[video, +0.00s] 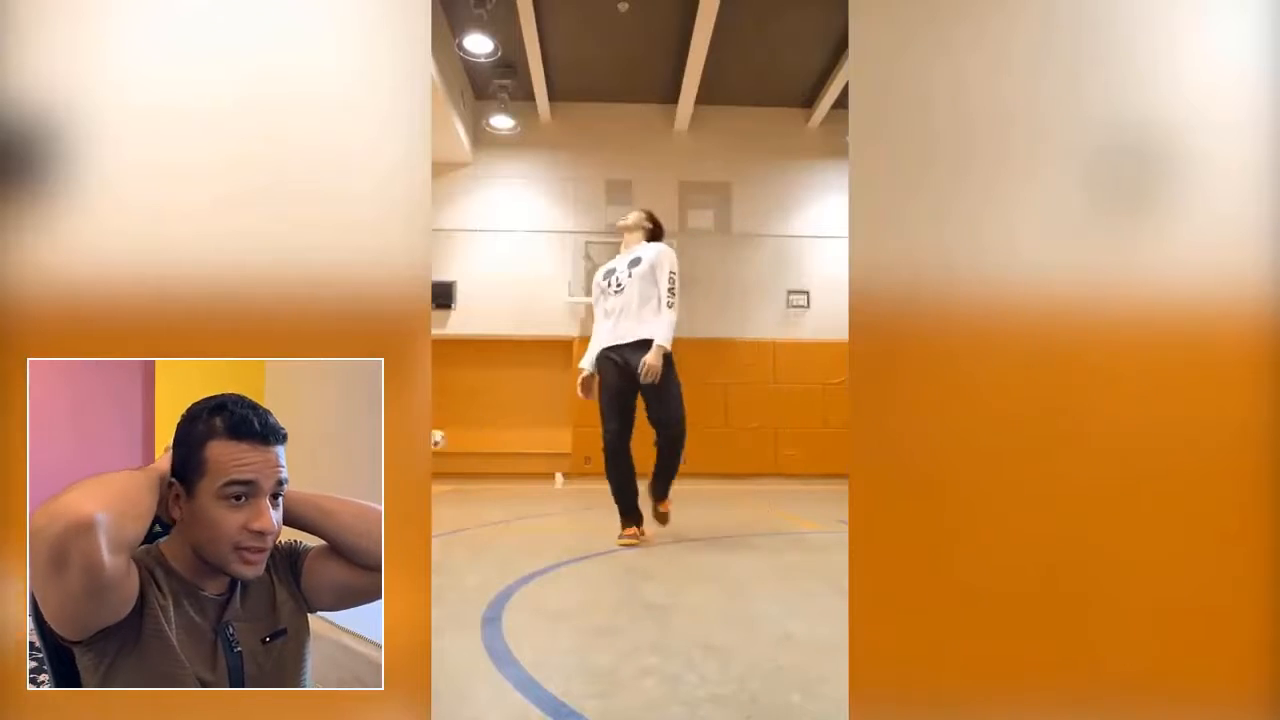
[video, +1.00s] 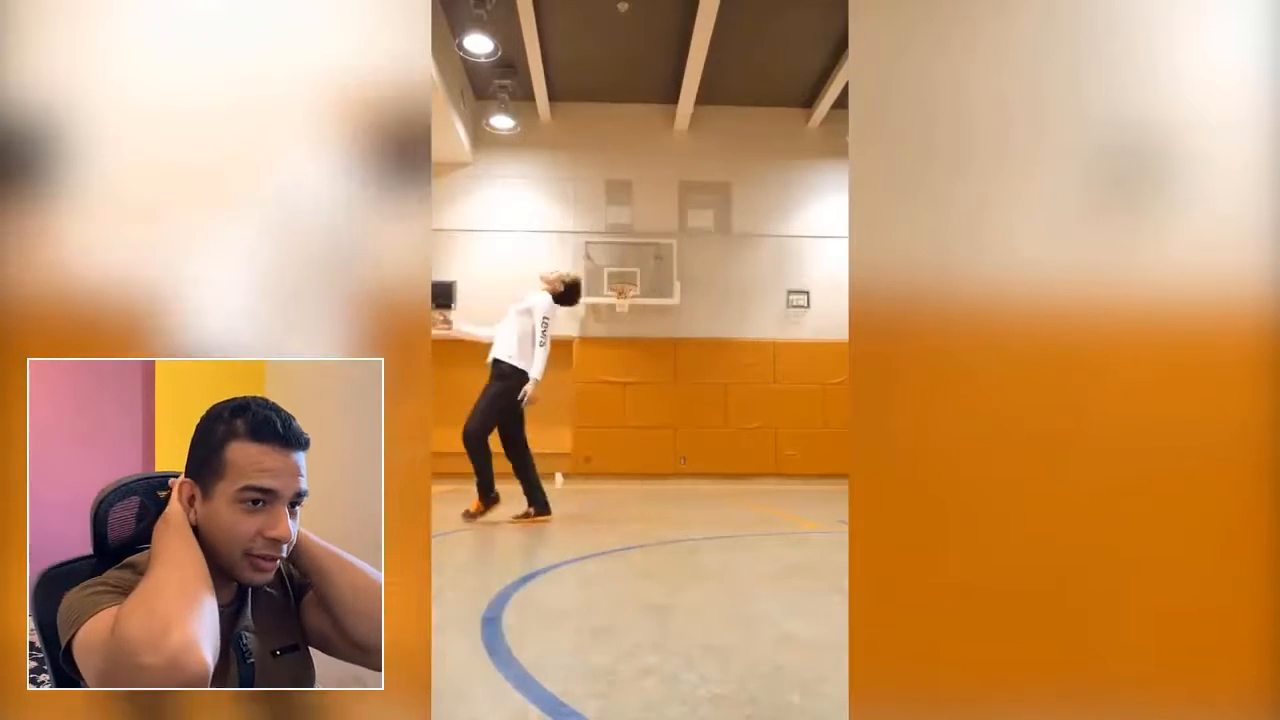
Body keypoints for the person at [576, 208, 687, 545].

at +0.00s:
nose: (625, 215)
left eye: (634, 213)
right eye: (626, 213)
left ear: (647, 226)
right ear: (624, 229)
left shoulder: (659, 251)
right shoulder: (602, 273)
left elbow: (670, 304)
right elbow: (601, 324)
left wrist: (659, 348)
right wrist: (588, 363)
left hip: (649, 348)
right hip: (610, 355)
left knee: (673, 430)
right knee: (614, 439)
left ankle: (659, 492)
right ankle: (630, 522)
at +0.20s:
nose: (603, 235)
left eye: (611, 230)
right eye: (606, 231)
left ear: (626, 238)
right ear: (618, 239)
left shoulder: (642, 273)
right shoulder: (597, 287)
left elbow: (646, 324)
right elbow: (595, 336)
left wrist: (628, 366)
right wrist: (583, 375)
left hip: (630, 369)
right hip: (597, 369)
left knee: (629, 443)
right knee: (601, 442)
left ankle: (629, 512)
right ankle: (618, 516)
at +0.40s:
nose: (599, 234)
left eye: (608, 231)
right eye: (603, 230)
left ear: (619, 246)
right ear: (603, 244)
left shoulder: (626, 276)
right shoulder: (580, 281)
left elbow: (632, 329)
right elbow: (579, 329)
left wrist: (623, 372)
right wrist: (572, 366)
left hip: (612, 370)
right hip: (581, 370)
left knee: (619, 444)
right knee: (563, 436)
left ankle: (626, 513)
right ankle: (588, 508)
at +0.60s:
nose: (592, 244)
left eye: (600, 244)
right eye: (593, 242)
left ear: (610, 261)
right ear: (589, 255)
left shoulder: (611, 285)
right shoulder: (569, 287)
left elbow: (617, 334)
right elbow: (566, 335)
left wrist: (608, 376)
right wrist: (552, 372)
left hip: (592, 370)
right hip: (562, 370)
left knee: (611, 445)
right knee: (539, 442)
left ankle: (626, 512)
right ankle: (547, 507)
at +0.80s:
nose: (585, 270)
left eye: (591, 273)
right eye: (590, 270)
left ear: (591, 286)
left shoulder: (581, 299)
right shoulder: (554, 301)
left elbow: (578, 339)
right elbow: (536, 348)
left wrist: (570, 376)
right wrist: (504, 369)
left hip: (547, 373)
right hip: (524, 374)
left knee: (575, 440)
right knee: (523, 446)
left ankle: (612, 497)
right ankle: (540, 507)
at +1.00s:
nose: (554, 273)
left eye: (559, 276)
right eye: (560, 272)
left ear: (558, 289)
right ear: (557, 285)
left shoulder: (543, 301)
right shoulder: (530, 301)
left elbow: (542, 344)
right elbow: (496, 334)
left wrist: (534, 380)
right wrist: (456, 329)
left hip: (511, 374)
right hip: (503, 372)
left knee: (473, 434)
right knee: (515, 443)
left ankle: (487, 496)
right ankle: (539, 505)